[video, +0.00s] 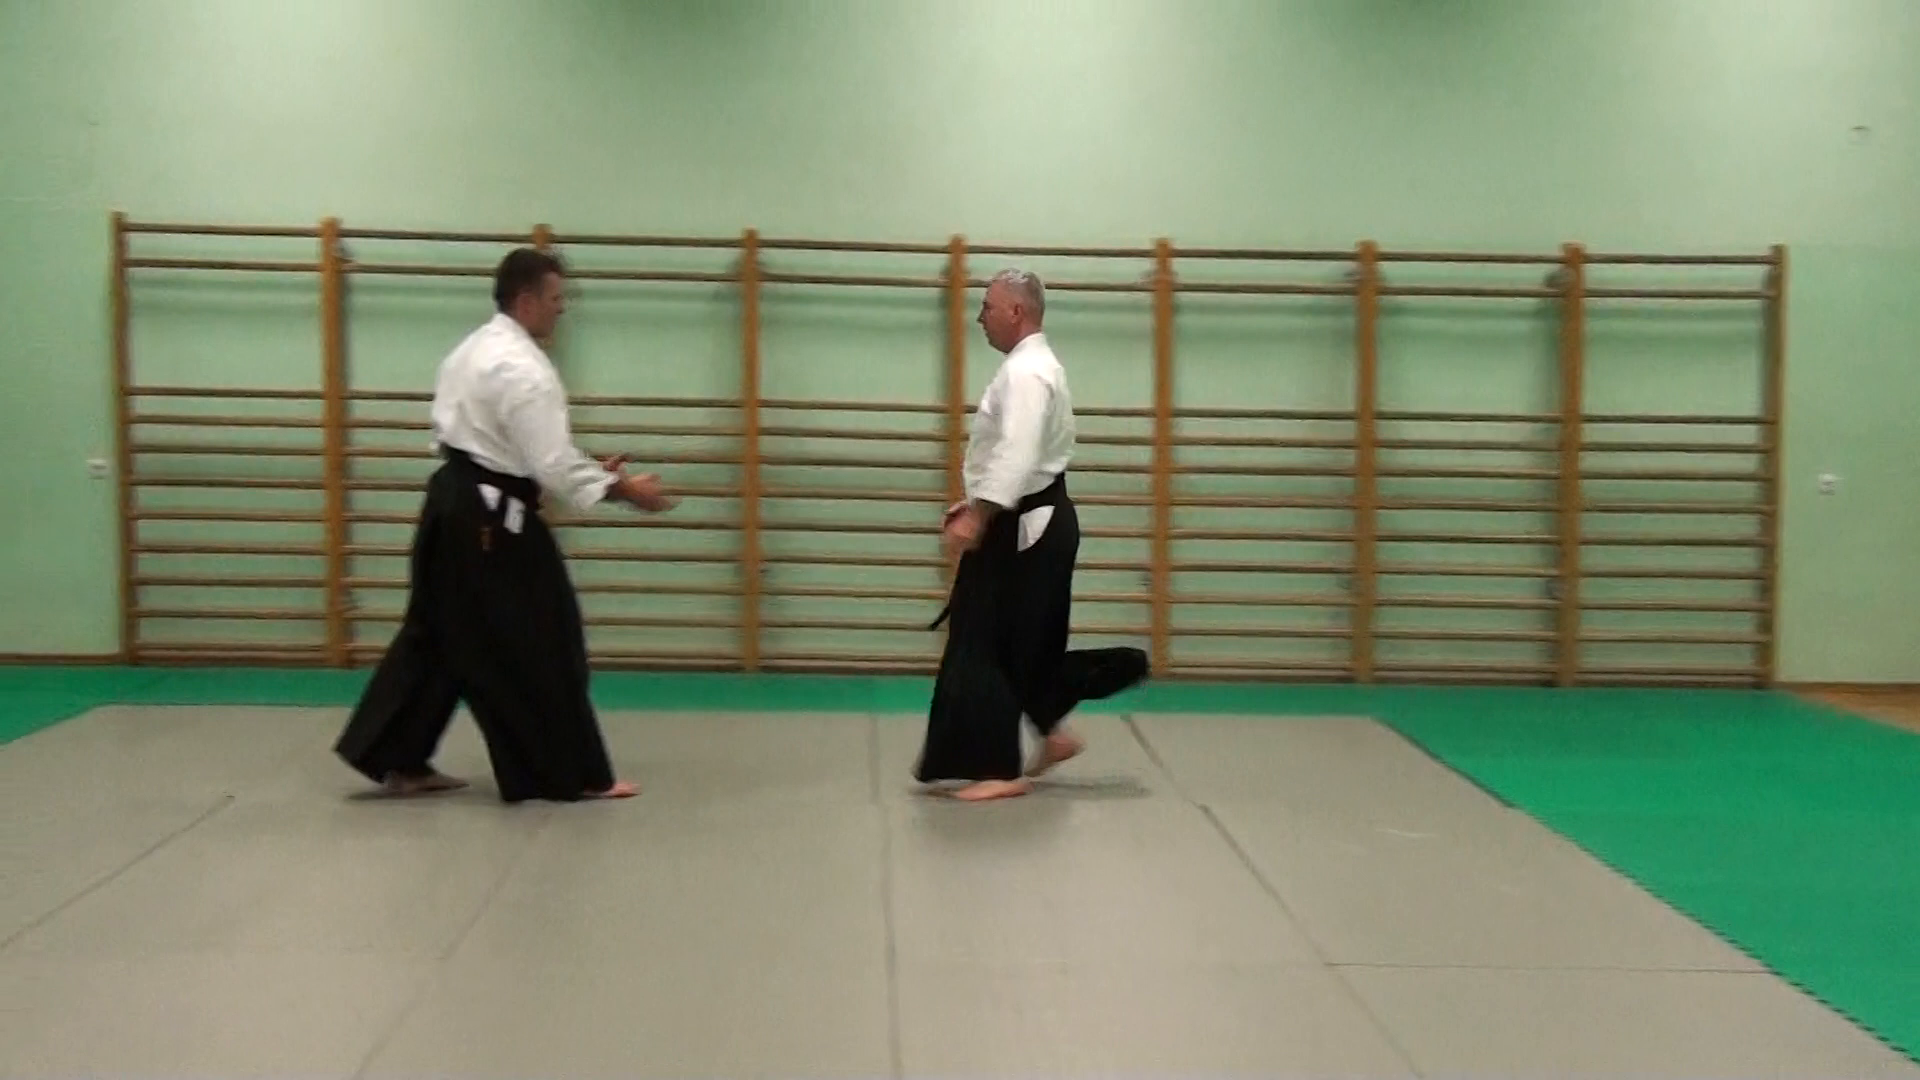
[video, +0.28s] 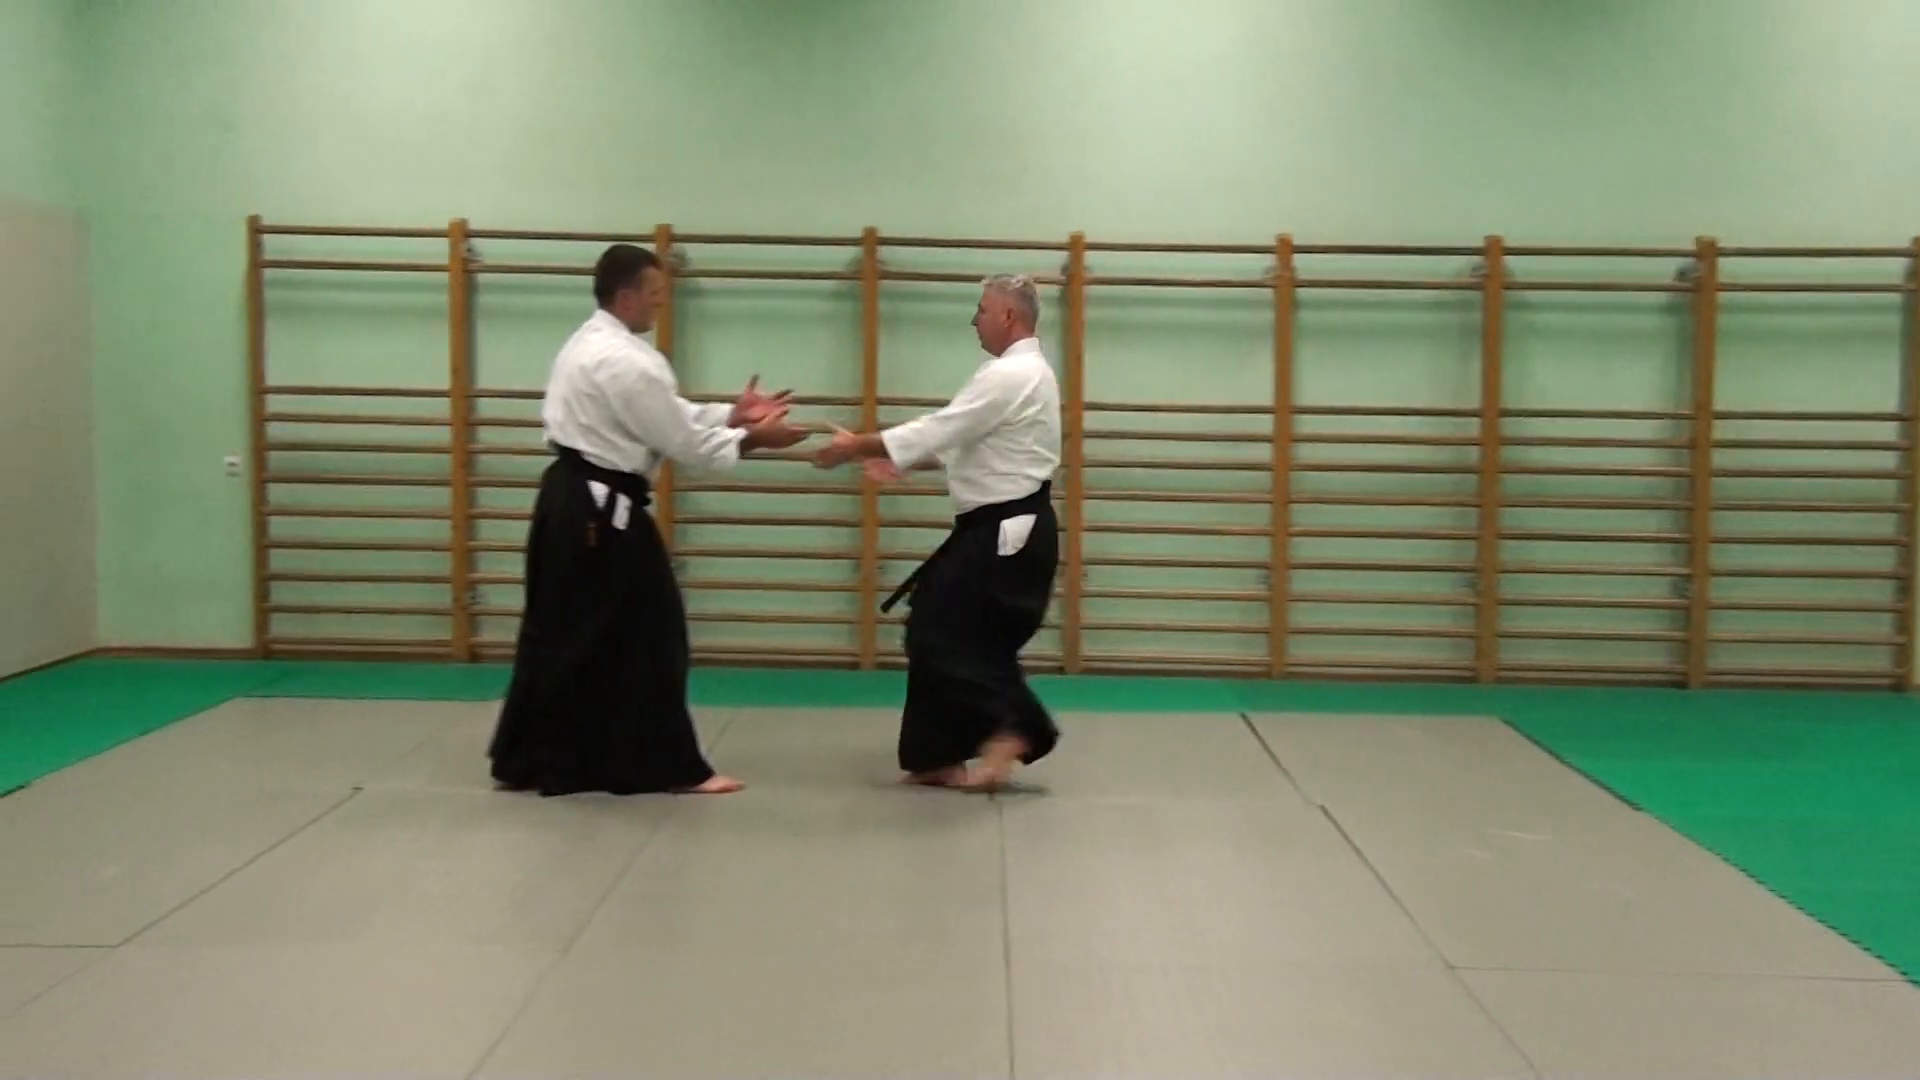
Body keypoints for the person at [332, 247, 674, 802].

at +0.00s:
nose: (561, 309)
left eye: (561, 299)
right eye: (555, 299)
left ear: (516, 299)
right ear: (524, 299)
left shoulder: (472, 349)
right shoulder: (525, 369)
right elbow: (555, 464)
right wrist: (620, 486)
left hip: (450, 502)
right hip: (497, 516)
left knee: (442, 633)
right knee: (548, 637)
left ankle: (399, 758)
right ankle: (575, 773)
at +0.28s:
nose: (661, 303)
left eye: (661, 294)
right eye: (654, 293)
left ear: (617, 295)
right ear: (624, 295)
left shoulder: (583, 345)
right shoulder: (631, 363)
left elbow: (660, 414)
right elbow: (682, 440)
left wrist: (731, 413)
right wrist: (753, 439)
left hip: (565, 497)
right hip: (608, 510)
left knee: (557, 629)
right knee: (658, 631)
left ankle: (528, 759)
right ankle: (674, 765)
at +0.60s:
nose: (771, 304)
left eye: (771, 293)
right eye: (765, 293)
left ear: (729, 294)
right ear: (737, 294)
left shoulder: (700, 340)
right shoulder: (742, 360)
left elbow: (777, 411)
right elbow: (789, 449)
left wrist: (851, 416)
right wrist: (842, 457)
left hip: (678, 495)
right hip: (720, 508)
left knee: (668, 625)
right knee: (766, 625)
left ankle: (638, 756)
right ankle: (769, 761)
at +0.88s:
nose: (827, 304)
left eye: (827, 293)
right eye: (822, 293)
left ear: (785, 295)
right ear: (795, 296)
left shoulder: (751, 340)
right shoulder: (797, 359)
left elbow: (819, 416)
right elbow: (836, 455)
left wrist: (881, 437)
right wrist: (890, 461)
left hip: (728, 492)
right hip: (770, 506)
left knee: (722, 624)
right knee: (817, 624)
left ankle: (694, 753)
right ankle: (825, 760)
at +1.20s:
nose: (807, 302)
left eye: (807, 290)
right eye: (803, 291)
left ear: (758, 290)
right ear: (778, 291)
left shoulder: (727, 340)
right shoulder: (783, 358)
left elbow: (793, 421)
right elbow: (820, 458)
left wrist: (867, 424)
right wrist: (865, 460)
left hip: (707, 491)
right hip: (755, 505)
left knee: (705, 621)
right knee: (801, 619)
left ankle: (677, 753)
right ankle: (811, 759)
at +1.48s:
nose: (839, 303)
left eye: (838, 292)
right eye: (835, 292)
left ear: (790, 293)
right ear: (814, 294)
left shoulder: (761, 342)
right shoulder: (814, 361)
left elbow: (819, 419)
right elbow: (830, 461)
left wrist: (868, 379)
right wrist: (857, 501)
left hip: (732, 491)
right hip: (773, 507)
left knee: (721, 621)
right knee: (834, 616)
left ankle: (675, 749)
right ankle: (828, 757)